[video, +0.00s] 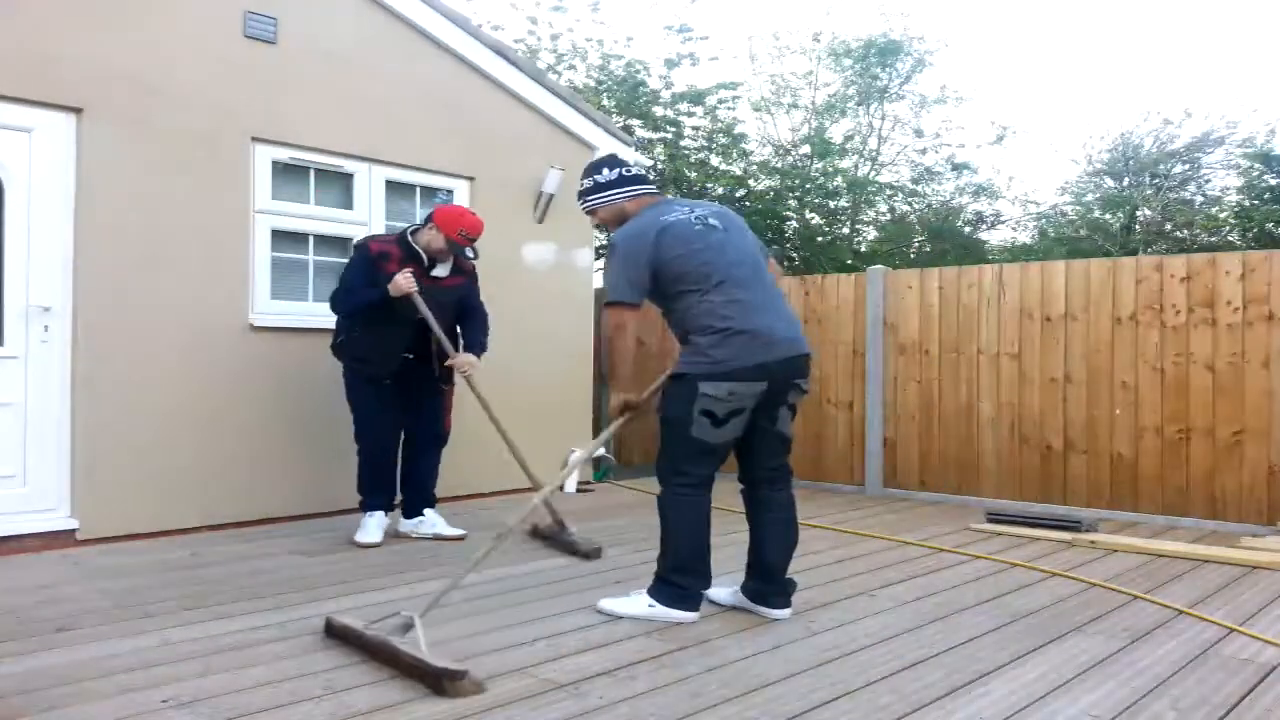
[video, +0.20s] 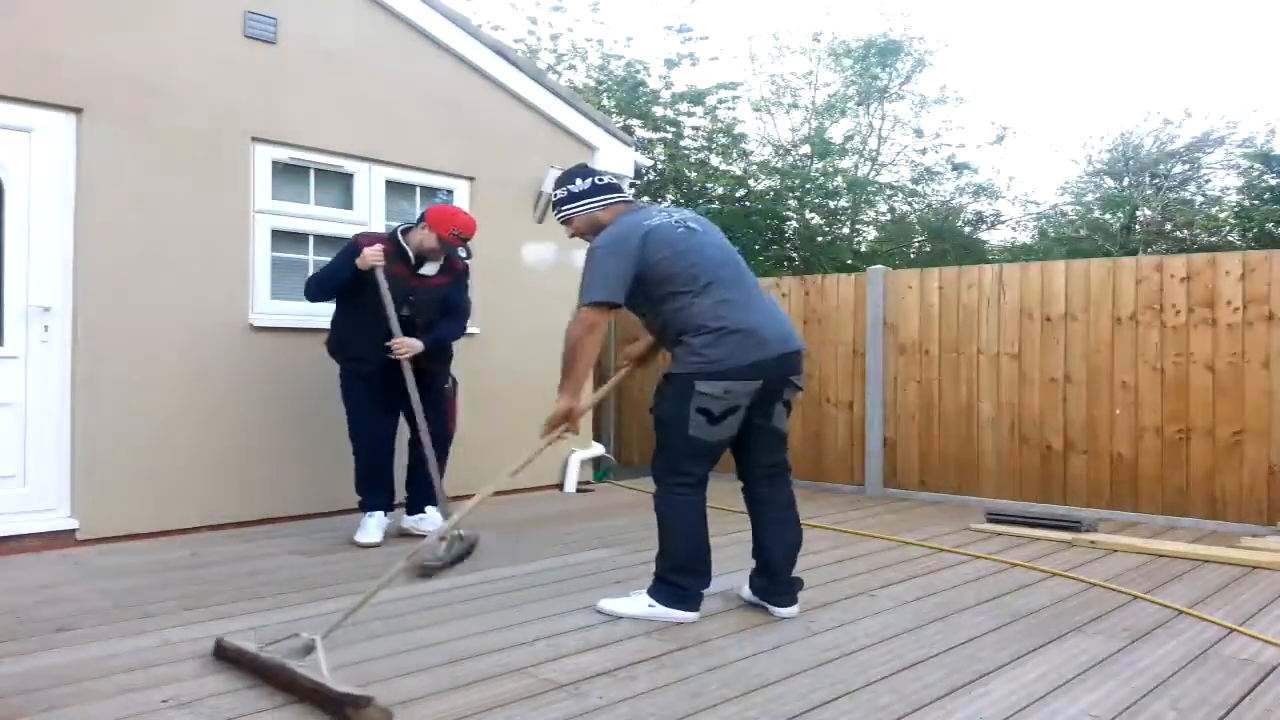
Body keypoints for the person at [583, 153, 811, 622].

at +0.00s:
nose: (595, 222)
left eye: (595, 209)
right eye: (591, 213)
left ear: (621, 196)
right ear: (642, 193)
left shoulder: (634, 235)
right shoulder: (717, 214)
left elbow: (619, 323)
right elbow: (765, 276)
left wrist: (620, 390)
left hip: (721, 360)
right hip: (787, 355)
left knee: (683, 477)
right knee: (767, 474)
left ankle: (676, 594)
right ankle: (768, 590)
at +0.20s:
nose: (571, 232)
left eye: (569, 219)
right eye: (565, 223)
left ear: (591, 205)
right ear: (612, 199)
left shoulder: (615, 237)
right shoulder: (678, 217)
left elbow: (590, 319)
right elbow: (705, 288)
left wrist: (570, 393)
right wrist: (653, 341)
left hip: (716, 359)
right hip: (779, 350)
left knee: (679, 476)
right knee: (766, 472)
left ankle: (676, 594)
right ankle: (778, 588)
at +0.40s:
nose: (573, 225)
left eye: (574, 213)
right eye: (570, 215)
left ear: (601, 203)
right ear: (618, 199)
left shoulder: (617, 239)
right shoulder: (685, 218)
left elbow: (579, 315)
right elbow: (683, 303)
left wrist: (540, 390)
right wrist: (622, 345)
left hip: (716, 360)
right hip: (779, 349)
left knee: (679, 477)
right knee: (781, 466)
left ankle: (676, 594)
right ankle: (818, 577)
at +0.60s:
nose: (600, 218)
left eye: (602, 206)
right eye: (597, 209)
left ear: (630, 197)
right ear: (648, 194)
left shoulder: (645, 233)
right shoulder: (712, 217)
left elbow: (607, 311)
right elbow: (731, 289)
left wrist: (587, 375)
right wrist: (670, 334)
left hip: (722, 362)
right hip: (781, 353)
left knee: (683, 474)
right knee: (790, 465)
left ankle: (677, 594)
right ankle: (827, 568)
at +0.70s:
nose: (624, 215)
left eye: (625, 204)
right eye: (621, 206)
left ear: (651, 196)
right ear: (670, 193)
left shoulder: (667, 234)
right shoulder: (739, 221)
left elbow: (639, 309)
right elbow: (761, 288)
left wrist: (627, 368)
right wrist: (697, 320)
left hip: (728, 366)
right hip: (785, 360)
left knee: (683, 474)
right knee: (785, 464)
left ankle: (677, 593)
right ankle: (828, 568)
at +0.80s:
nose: (657, 215)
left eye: (659, 204)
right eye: (654, 206)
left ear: (684, 198)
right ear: (704, 195)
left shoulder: (695, 236)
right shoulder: (767, 224)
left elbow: (675, 313)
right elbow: (810, 288)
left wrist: (665, 366)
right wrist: (748, 318)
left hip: (740, 368)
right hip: (797, 364)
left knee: (691, 474)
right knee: (786, 466)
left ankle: (678, 591)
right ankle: (830, 571)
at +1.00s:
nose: (703, 215)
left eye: (706, 205)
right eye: (700, 206)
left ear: (730, 196)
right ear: (749, 195)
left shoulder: (741, 234)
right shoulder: (810, 222)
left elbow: (725, 311)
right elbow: (861, 269)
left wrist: (732, 363)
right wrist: (814, 302)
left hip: (782, 363)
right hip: (836, 360)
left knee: (737, 469)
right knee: (808, 463)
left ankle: (728, 582)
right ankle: (832, 571)